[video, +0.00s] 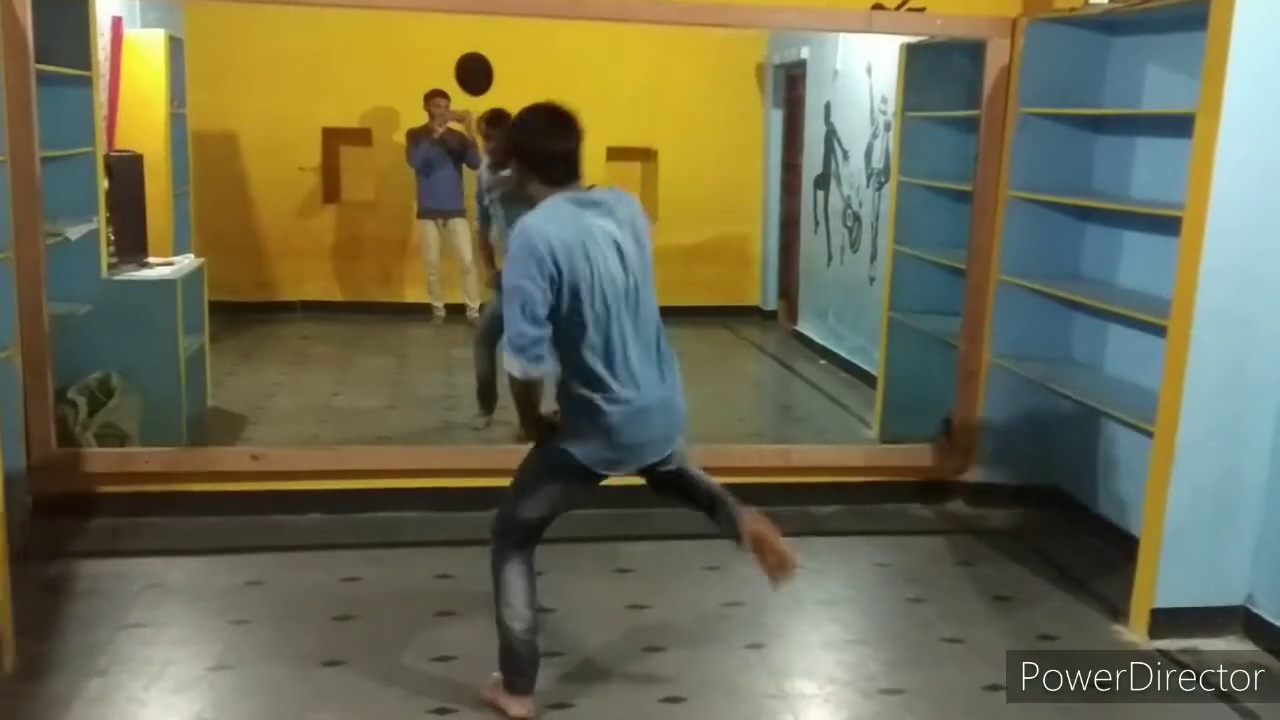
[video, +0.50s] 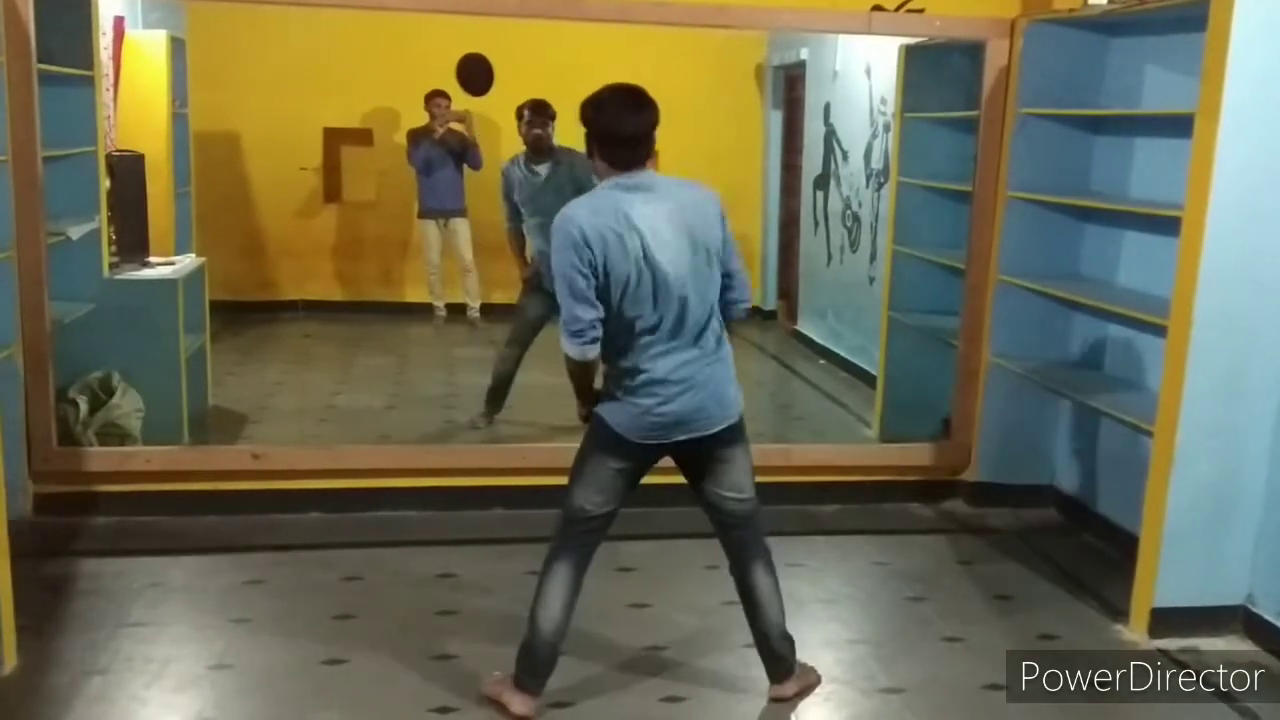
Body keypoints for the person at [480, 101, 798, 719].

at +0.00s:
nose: (503, 175)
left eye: (508, 165)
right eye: (505, 164)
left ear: (525, 170)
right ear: (575, 159)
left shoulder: (533, 233)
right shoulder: (624, 207)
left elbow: (525, 355)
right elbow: (626, 296)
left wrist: (532, 425)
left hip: (598, 425)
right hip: (663, 410)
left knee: (512, 534)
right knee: (665, 471)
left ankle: (517, 687)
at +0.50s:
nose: (585, 147)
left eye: (585, 139)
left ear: (592, 146)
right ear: (653, 140)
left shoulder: (577, 221)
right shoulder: (701, 201)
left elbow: (581, 341)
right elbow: (735, 304)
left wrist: (585, 398)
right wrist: (687, 339)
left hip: (632, 409)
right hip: (714, 403)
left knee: (573, 546)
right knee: (747, 542)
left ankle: (525, 688)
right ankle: (784, 673)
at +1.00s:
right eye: (718, 126)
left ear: (652, 130)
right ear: (717, 135)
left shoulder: (606, 198)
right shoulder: (737, 220)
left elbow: (522, 210)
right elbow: (763, 330)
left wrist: (546, 188)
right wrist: (768, 380)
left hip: (617, 408)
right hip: (699, 410)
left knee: (571, 544)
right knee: (752, 539)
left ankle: (523, 688)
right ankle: (784, 673)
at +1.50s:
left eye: (674, 126)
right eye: (727, 131)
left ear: (668, 132)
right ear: (732, 140)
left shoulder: (623, 197)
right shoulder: (741, 225)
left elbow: (565, 235)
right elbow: (756, 338)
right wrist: (757, 386)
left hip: (615, 401)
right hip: (695, 407)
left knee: (571, 536)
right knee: (752, 528)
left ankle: (521, 683)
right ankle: (783, 667)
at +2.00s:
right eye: (795, 146)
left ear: (733, 140)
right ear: (790, 153)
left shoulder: (686, 187)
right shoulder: (795, 243)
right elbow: (797, 366)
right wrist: (774, 408)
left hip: (635, 394)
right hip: (714, 407)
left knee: (583, 499)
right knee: (774, 522)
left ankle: (538, 618)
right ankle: (782, 668)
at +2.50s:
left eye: (670, 139)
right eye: (730, 138)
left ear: (667, 144)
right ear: (733, 149)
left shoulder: (626, 200)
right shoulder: (755, 242)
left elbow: (584, 292)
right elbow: (779, 364)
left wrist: (617, 354)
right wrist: (733, 394)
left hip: (616, 410)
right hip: (697, 420)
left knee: (558, 540)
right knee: (745, 546)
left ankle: (527, 694)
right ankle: (782, 683)